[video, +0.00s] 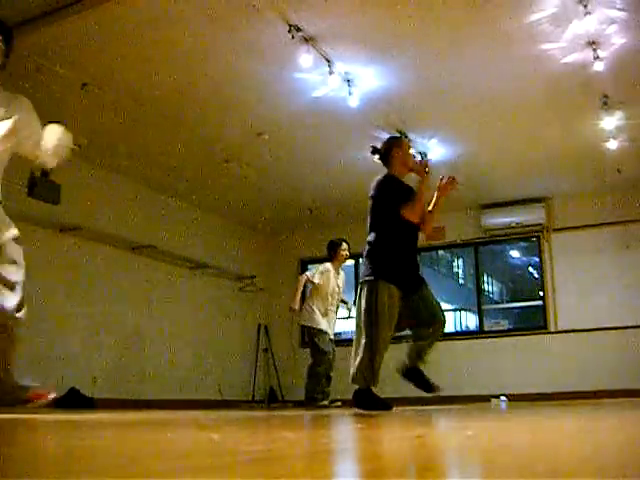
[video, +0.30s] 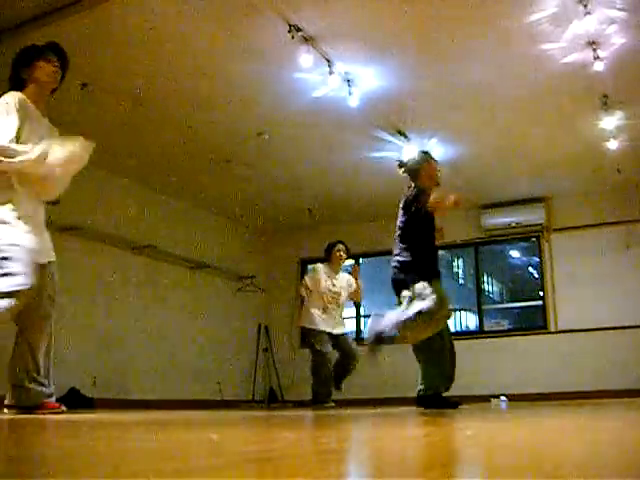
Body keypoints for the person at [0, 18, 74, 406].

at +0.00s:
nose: (5, 60)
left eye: (6, 52)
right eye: (5, 52)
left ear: (10, 53)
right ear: (8, 53)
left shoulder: (14, 109)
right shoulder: (14, 109)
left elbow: (43, 154)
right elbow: (44, 154)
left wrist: (55, 139)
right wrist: (57, 138)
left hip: (2, 218)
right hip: (2, 219)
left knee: (11, 267)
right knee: (10, 267)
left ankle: (7, 379)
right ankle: (6, 379)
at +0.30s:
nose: (54, 70)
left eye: (59, 67)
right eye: (47, 63)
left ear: (60, 79)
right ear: (27, 69)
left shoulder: (49, 128)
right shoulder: (12, 103)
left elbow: (48, 188)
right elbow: (2, 151)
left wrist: (59, 169)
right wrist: (46, 157)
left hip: (36, 219)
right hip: (9, 213)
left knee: (41, 304)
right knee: (16, 285)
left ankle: (32, 391)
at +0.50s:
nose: (75, 65)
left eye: (79, 64)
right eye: (68, 57)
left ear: (76, 81)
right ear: (46, 64)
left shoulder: (60, 117)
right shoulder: (22, 94)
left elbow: (42, 156)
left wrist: (65, 169)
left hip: (43, 204)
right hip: (21, 197)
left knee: (48, 298)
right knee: (92, 254)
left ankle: (29, 388)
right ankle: (26, 281)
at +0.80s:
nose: (85, 94)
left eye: (90, 93)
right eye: (82, 84)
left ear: (86, 103)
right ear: (61, 81)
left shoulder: (62, 144)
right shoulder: (28, 105)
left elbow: (60, 203)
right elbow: (2, 151)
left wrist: (95, 193)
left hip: (43, 226)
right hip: (28, 220)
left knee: (53, 314)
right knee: (94, 281)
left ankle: (29, 390)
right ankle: (101, 375)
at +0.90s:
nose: (89, 99)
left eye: (96, 96)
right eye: (87, 88)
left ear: (94, 102)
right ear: (68, 81)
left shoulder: (72, 146)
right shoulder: (29, 98)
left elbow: (75, 205)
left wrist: (106, 213)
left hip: (37, 219)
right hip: (12, 199)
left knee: (46, 297)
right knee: (92, 244)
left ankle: (27, 389)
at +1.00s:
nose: (97, 102)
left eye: (103, 100)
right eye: (94, 92)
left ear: (103, 106)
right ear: (77, 83)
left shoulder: (80, 144)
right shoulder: (39, 93)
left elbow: (56, 191)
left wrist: (94, 178)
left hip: (32, 199)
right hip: (6, 183)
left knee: (39, 285)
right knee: (59, 232)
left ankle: (18, 382)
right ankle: (12, 323)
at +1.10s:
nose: (100, 119)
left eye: (106, 115)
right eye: (97, 108)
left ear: (108, 120)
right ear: (81, 101)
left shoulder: (80, 155)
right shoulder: (42, 111)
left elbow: (54, 206)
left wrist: (85, 165)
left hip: (17, 216)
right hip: (3, 201)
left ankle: (1, 383)